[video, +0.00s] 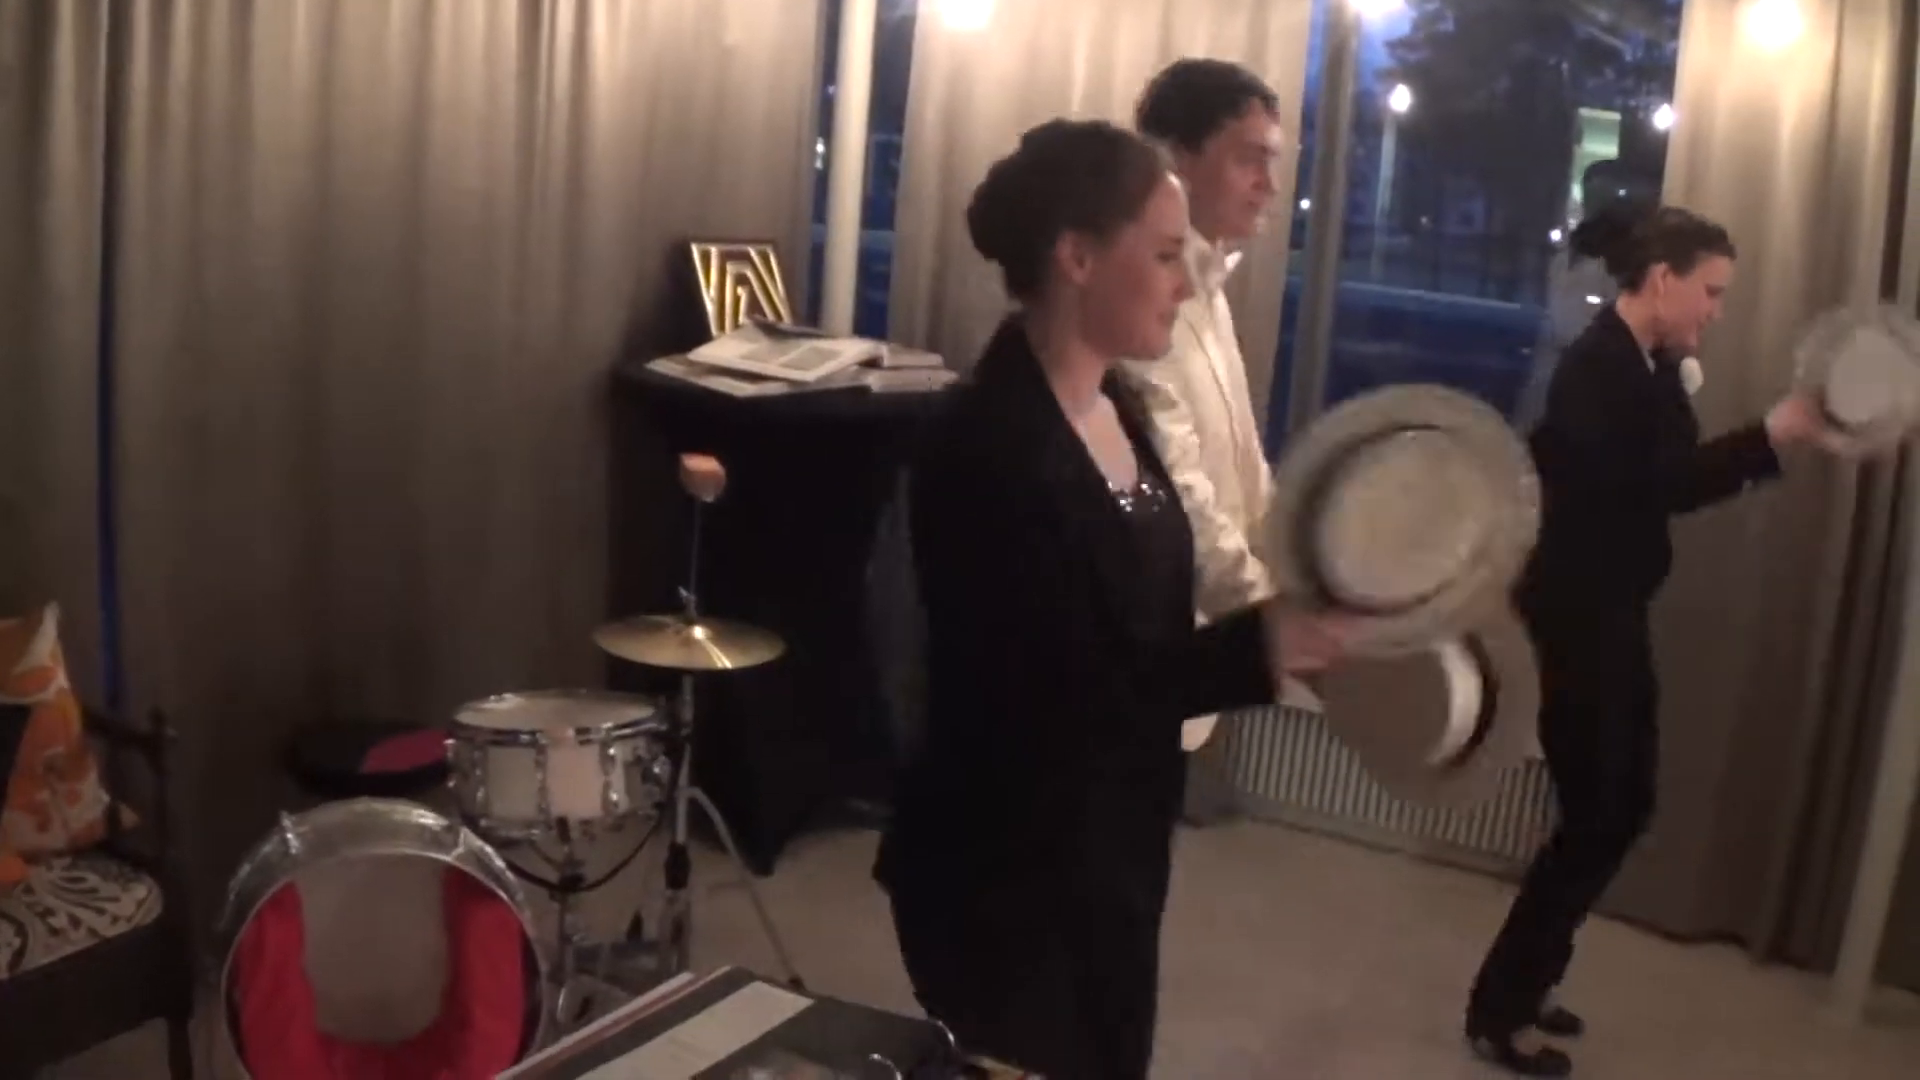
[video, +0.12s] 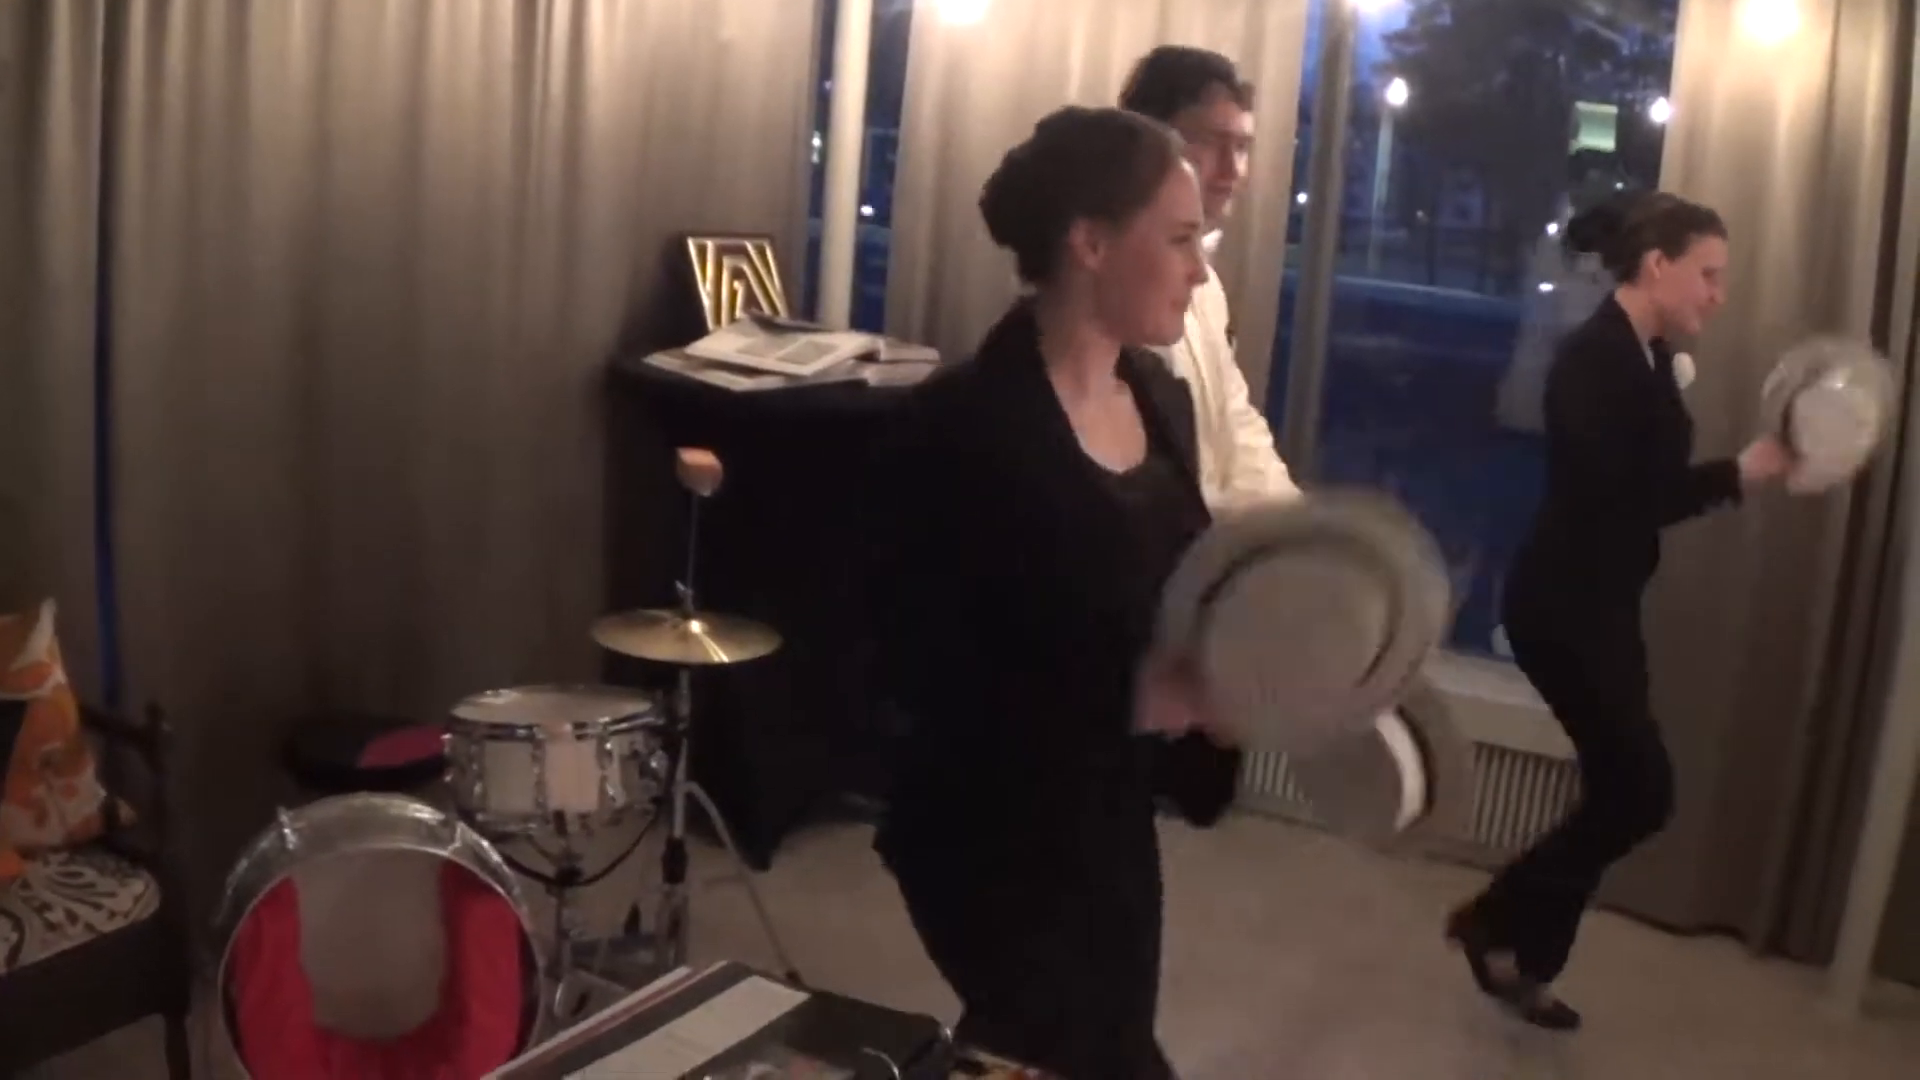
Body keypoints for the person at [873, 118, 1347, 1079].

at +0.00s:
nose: (1187, 285)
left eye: (1183, 258)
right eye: (1165, 257)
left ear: (1088, 262)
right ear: (1075, 260)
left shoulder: (1116, 409)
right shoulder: (984, 445)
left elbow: (1147, 644)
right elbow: (1060, 698)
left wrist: (1289, 622)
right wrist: (1256, 650)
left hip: (1111, 856)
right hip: (1003, 877)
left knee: (1113, 1061)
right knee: (1032, 1068)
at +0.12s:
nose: (1203, 269)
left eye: (1201, 242)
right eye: (1182, 240)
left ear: (1102, 247)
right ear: (1088, 244)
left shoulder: (1153, 400)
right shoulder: (953, 433)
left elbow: (1191, 599)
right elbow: (938, 693)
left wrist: (1292, 664)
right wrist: (1131, 699)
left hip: (1112, 817)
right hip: (985, 834)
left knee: (1119, 1052)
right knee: (1068, 1054)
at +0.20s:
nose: (1203, 268)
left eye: (1202, 240)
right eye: (1184, 239)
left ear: (1109, 244)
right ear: (1093, 243)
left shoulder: (1173, 399)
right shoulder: (946, 418)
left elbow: (1210, 591)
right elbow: (884, 656)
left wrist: (1271, 671)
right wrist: (1029, 779)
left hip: (1127, 808)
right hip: (976, 831)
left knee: (1110, 1048)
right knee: (1091, 1052)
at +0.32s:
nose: (1204, 297)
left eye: (1200, 268)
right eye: (1183, 267)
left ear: (1109, 273)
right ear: (1093, 271)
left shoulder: (1185, 435)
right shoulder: (942, 441)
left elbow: (1212, 636)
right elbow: (844, 664)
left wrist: (1259, 776)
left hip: (1124, 877)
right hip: (965, 877)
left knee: (1131, 1064)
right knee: (957, 1063)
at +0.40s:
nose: (1205, 303)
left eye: (1202, 273)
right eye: (1184, 272)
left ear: (1110, 280)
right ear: (1093, 277)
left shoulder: (1196, 440)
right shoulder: (944, 438)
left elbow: (1279, 598)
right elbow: (840, 626)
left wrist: (1359, 755)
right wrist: (874, 783)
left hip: (1130, 872)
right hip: (973, 875)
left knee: (1134, 1064)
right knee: (988, 1065)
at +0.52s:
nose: (1213, 278)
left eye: (1214, 250)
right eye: (1192, 251)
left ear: (1143, 258)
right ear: (1094, 256)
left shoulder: (1218, 401)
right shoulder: (932, 395)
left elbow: (1404, 475)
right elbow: (775, 502)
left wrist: (1607, 551)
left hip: (1115, 853)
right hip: (951, 849)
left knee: (1131, 1068)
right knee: (947, 1072)